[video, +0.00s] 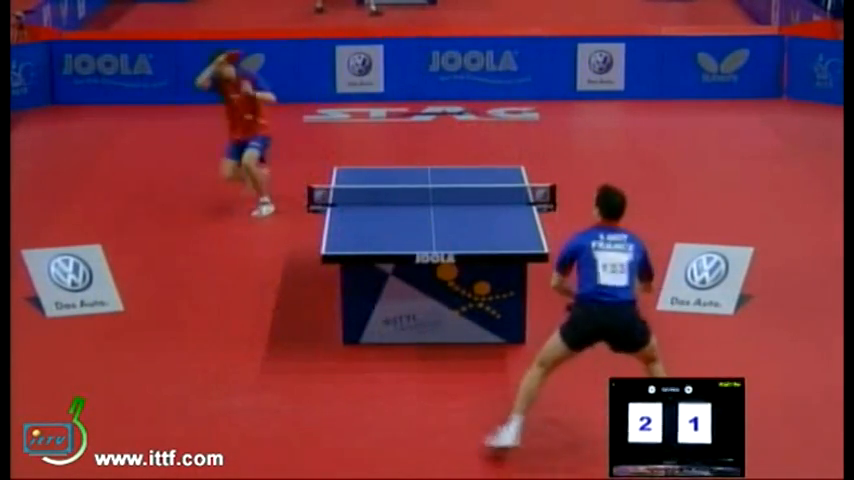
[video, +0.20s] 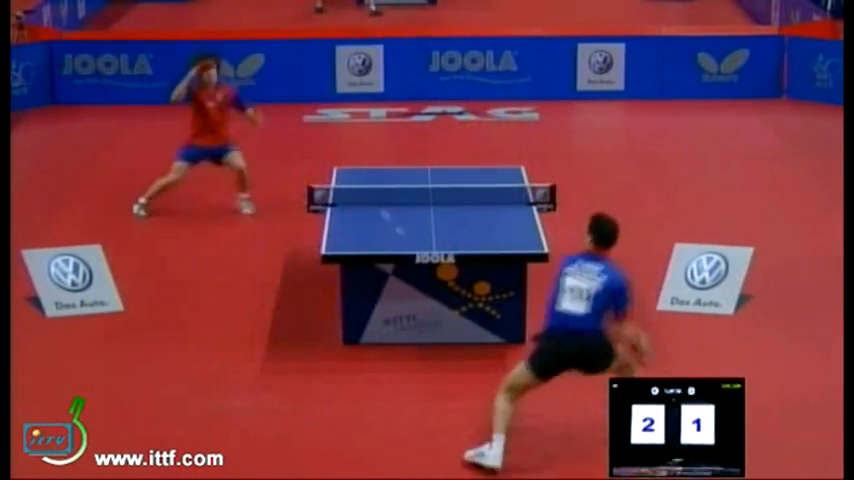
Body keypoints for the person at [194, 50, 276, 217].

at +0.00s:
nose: (225, 71)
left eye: (227, 66)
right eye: (222, 69)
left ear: (233, 65)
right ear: (219, 72)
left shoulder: (249, 79)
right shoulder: (222, 84)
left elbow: (271, 97)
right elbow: (200, 84)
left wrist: (252, 93)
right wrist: (215, 66)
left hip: (257, 132)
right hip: (237, 135)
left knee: (248, 162)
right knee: (228, 172)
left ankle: (265, 200)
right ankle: (257, 175)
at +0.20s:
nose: (209, 74)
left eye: (212, 70)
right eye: (205, 71)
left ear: (217, 73)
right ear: (200, 75)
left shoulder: (227, 92)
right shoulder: (196, 93)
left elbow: (243, 109)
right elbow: (175, 98)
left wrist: (251, 114)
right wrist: (192, 73)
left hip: (220, 143)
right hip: (197, 143)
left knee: (241, 167)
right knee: (175, 177)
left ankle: (244, 200)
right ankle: (142, 202)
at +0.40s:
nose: (233, 68)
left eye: (235, 64)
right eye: (229, 64)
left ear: (237, 66)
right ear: (220, 67)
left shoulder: (244, 87)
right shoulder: (211, 87)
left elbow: (264, 101)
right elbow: (189, 109)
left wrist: (282, 110)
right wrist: (207, 104)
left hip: (224, 140)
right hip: (200, 139)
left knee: (241, 170)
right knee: (178, 171)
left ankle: (220, 197)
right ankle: (145, 198)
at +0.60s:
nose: (267, 48)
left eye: (269, 43)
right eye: (263, 44)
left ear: (272, 46)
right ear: (255, 46)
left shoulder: (279, 65)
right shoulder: (246, 67)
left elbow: (290, 79)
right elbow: (225, 87)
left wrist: (295, 98)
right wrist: (233, 102)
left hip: (271, 115)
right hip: (249, 115)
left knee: (277, 156)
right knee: (241, 152)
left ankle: (252, 185)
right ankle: (225, 185)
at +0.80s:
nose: (309, 62)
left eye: (311, 58)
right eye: (305, 59)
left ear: (313, 59)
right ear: (297, 61)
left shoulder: (319, 76)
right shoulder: (287, 80)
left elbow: (330, 96)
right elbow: (278, 106)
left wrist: (345, 109)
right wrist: (303, 119)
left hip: (317, 125)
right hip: (292, 129)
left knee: (346, 155)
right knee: (275, 164)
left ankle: (368, 183)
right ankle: (266, 193)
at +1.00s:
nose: (380, 56)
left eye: (382, 52)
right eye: (377, 52)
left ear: (384, 53)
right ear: (369, 52)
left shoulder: (383, 68)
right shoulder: (358, 70)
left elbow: (391, 81)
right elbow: (349, 102)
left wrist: (410, 92)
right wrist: (376, 109)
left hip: (375, 122)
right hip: (351, 124)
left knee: (402, 154)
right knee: (325, 157)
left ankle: (402, 191)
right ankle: (295, 190)